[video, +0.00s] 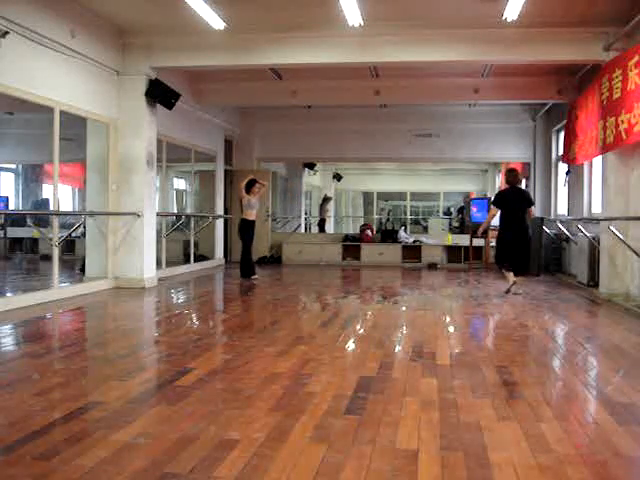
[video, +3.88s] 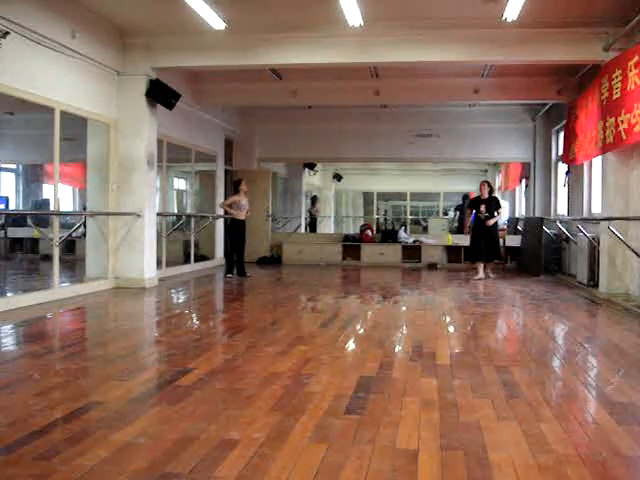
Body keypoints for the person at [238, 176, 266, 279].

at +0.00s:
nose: (257, 190)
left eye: (258, 188)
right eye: (255, 187)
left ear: (258, 189)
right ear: (251, 188)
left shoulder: (256, 197)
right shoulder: (245, 197)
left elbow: (265, 186)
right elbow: (242, 186)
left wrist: (258, 182)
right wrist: (248, 178)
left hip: (252, 222)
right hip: (245, 221)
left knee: (248, 248)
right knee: (246, 248)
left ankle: (248, 272)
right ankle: (248, 272)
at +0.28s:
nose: (251, 189)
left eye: (252, 186)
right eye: (249, 186)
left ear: (253, 188)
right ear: (245, 187)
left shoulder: (251, 196)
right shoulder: (240, 197)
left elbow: (259, 184)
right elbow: (236, 185)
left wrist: (253, 180)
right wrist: (242, 178)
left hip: (248, 221)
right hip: (240, 220)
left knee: (245, 249)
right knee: (236, 248)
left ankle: (245, 273)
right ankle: (231, 272)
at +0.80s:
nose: (239, 187)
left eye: (240, 185)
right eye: (237, 185)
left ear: (241, 187)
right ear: (232, 186)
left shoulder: (241, 196)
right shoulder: (228, 197)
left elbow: (252, 187)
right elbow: (225, 189)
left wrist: (245, 186)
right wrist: (227, 183)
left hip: (238, 220)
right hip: (229, 220)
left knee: (240, 248)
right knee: (226, 248)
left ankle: (244, 272)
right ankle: (226, 272)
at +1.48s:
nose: (241, 186)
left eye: (242, 184)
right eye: (240, 184)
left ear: (242, 186)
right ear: (235, 186)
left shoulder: (243, 196)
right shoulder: (231, 197)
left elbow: (255, 196)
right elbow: (236, 198)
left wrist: (246, 192)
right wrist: (240, 193)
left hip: (243, 221)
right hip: (234, 220)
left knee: (241, 248)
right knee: (230, 248)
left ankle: (241, 272)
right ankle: (227, 272)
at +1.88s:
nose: (245, 187)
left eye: (245, 184)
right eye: (243, 185)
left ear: (243, 186)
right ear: (239, 186)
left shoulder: (244, 197)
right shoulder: (237, 198)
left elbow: (258, 203)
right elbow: (250, 202)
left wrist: (251, 194)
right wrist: (248, 193)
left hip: (243, 221)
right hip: (237, 221)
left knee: (242, 248)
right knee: (235, 248)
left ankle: (241, 271)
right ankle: (230, 272)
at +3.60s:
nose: (242, 186)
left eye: (241, 184)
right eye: (239, 184)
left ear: (239, 187)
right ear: (235, 187)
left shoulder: (241, 198)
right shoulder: (234, 198)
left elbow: (245, 212)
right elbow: (236, 210)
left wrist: (250, 206)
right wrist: (244, 203)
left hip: (241, 221)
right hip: (235, 221)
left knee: (239, 248)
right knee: (232, 248)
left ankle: (241, 271)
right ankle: (230, 271)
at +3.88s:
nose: (246, 186)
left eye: (245, 185)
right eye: (244, 185)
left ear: (243, 187)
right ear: (239, 187)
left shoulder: (245, 198)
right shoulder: (235, 197)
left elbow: (245, 207)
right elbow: (223, 205)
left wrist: (247, 211)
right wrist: (233, 212)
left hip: (242, 221)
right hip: (234, 221)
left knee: (241, 247)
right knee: (232, 247)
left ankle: (241, 271)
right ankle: (229, 271)